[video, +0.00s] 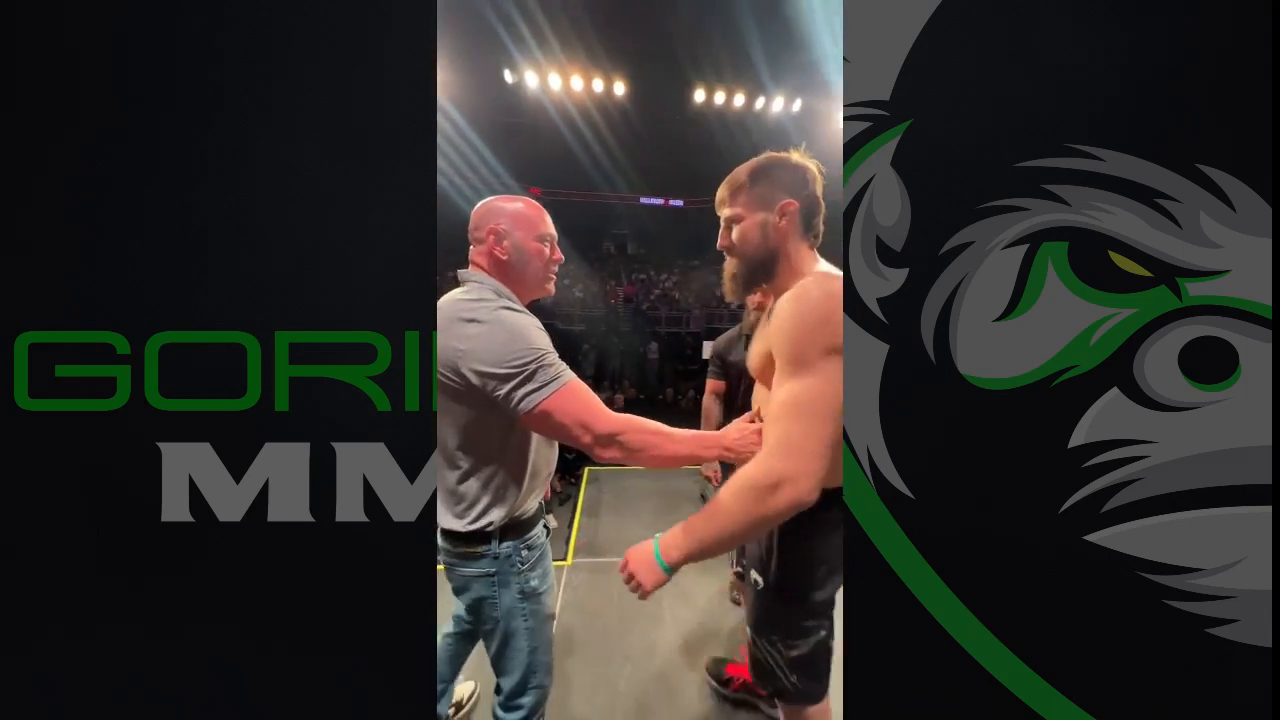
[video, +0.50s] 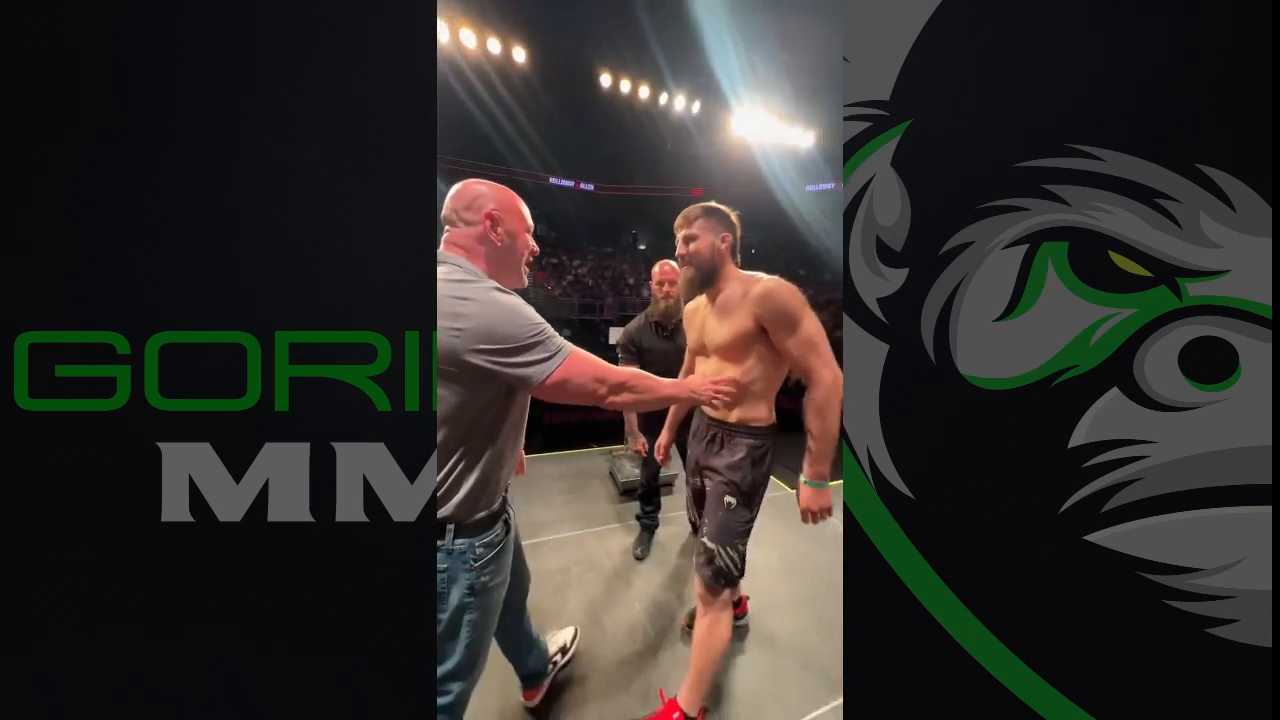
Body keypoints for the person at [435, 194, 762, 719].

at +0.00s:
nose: (558, 255)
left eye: (555, 241)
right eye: (544, 242)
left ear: (494, 249)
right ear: (495, 246)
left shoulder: (458, 309)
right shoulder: (497, 327)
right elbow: (601, 434)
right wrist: (718, 444)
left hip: (468, 529)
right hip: (502, 544)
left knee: (467, 622)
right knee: (523, 692)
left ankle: (433, 696)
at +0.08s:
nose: (555, 252)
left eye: (553, 240)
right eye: (542, 238)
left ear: (491, 241)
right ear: (494, 238)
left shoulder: (453, 303)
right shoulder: (494, 323)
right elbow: (601, 430)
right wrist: (716, 436)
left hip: (461, 533)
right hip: (496, 547)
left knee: (472, 620)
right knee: (513, 692)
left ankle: (435, 690)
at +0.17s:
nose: (552, 251)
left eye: (549, 237)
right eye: (540, 235)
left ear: (489, 236)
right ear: (493, 233)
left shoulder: (453, 296)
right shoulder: (489, 316)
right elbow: (601, 423)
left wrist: (546, 429)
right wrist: (711, 425)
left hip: (460, 535)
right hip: (487, 549)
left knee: (477, 626)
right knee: (501, 688)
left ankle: (436, 694)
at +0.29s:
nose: (543, 247)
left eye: (541, 234)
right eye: (533, 232)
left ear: (483, 228)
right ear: (489, 226)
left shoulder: (446, 286)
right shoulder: (484, 311)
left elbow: (454, 384)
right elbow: (608, 406)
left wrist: (515, 420)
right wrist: (709, 406)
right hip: (471, 550)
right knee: (474, 693)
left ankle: (490, 674)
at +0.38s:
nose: (539, 247)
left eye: (537, 234)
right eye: (530, 232)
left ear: (483, 227)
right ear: (489, 226)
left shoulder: (447, 284)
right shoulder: (481, 309)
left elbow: (460, 380)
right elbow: (606, 394)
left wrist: (510, 428)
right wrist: (699, 398)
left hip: (490, 517)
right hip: (463, 545)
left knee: (510, 589)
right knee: (459, 690)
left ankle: (497, 674)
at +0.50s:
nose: (535, 249)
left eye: (534, 236)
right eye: (527, 234)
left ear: (482, 229)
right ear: (491, 226)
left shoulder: (446, 285)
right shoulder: (487, 311)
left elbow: (458, 381)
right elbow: (604, 385)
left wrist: (500, 439)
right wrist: (686, 388)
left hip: (484, 514)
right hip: (460, 538)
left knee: (508, 597)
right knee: (447, 688)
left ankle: (534, 668)